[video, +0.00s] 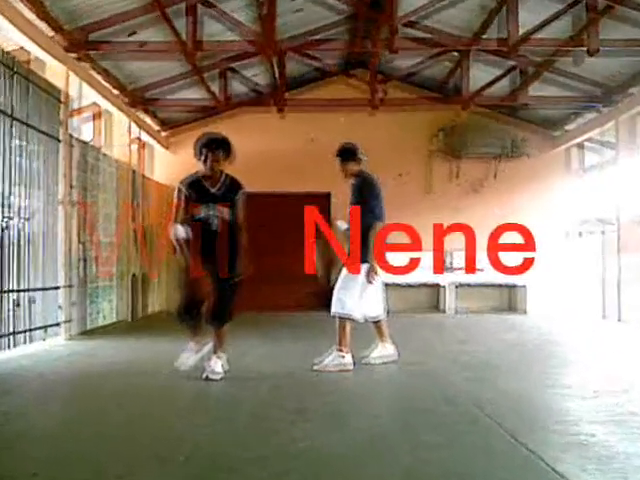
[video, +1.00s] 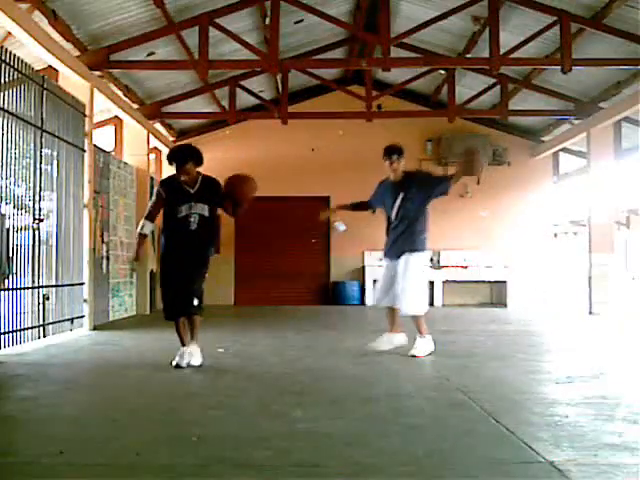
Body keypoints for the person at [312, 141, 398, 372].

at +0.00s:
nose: (342, 171)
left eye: (343, 166)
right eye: (341, 166)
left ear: (351, 163)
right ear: (353, 163)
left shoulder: (366, 183)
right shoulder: (359, 184)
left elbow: (376, 223)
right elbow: (362, 223)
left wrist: (373, 260)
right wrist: (345, 228)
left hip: (364, 259)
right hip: (361, 257)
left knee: (343, 300)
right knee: (372, 303)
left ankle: (342, 352)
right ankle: (385, 344)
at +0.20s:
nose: (341, 170)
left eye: (342, 164)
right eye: (341, 165)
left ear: (352, 162)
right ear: (353, 162)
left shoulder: (368, 183)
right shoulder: (359, 184)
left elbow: (377, 223)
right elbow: (363, 222)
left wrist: (373, 260)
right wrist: (347, 227)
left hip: (364, 259)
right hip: (361, 257)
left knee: (343, 301)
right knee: (373, 303)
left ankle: (342, 353)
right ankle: (386, 345)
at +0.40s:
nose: (342, 167)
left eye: (343, 162)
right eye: (341, 162)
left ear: (353, 160)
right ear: (354, 161)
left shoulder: (369, 182)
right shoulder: (360, 183)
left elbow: (379, 223)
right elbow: (364, 222)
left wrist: (375, 261)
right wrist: (347, 227)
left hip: (365, 260)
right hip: (363, 258)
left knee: (344, 303)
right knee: (376, 305)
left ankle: (343, 356)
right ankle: (388, 348)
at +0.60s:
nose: (368, 175)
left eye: (371, 171)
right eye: (364, 171)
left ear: (377, 170)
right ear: (360, 172)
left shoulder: (389, 191)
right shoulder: (359, 194)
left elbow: (404, 222)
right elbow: (353, 225)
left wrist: (414, 251)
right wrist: (346, 247)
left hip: (379, 253)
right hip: (363, 252)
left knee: (355, 289)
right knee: (377, 294)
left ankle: (358, 335)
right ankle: (380, 337)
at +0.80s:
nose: (380, 176)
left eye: (383, 171)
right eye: (376, 172)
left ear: (389, 171)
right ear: (372, 173)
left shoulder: (401, 190)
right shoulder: (371, 197)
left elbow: (421, 203)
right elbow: (359, 219)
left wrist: (436, 194)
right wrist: (339, 226)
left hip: (393, 254)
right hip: (375, 254)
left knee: (380, 296)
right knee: (368, 297)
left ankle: (412, 335)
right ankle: (379, 338)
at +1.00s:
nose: (393, 165)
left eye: (396, 160)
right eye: (389, 161)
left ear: (403, 161)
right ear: (385, 163)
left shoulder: (419, 179)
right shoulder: (385, 187)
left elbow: (444, 183)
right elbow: (368, 205)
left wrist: (460, 172)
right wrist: (339, 208)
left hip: (414, 248)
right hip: (393, 249)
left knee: (410, 295)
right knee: (390, 293)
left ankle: (424, 338)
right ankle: (394, 334)